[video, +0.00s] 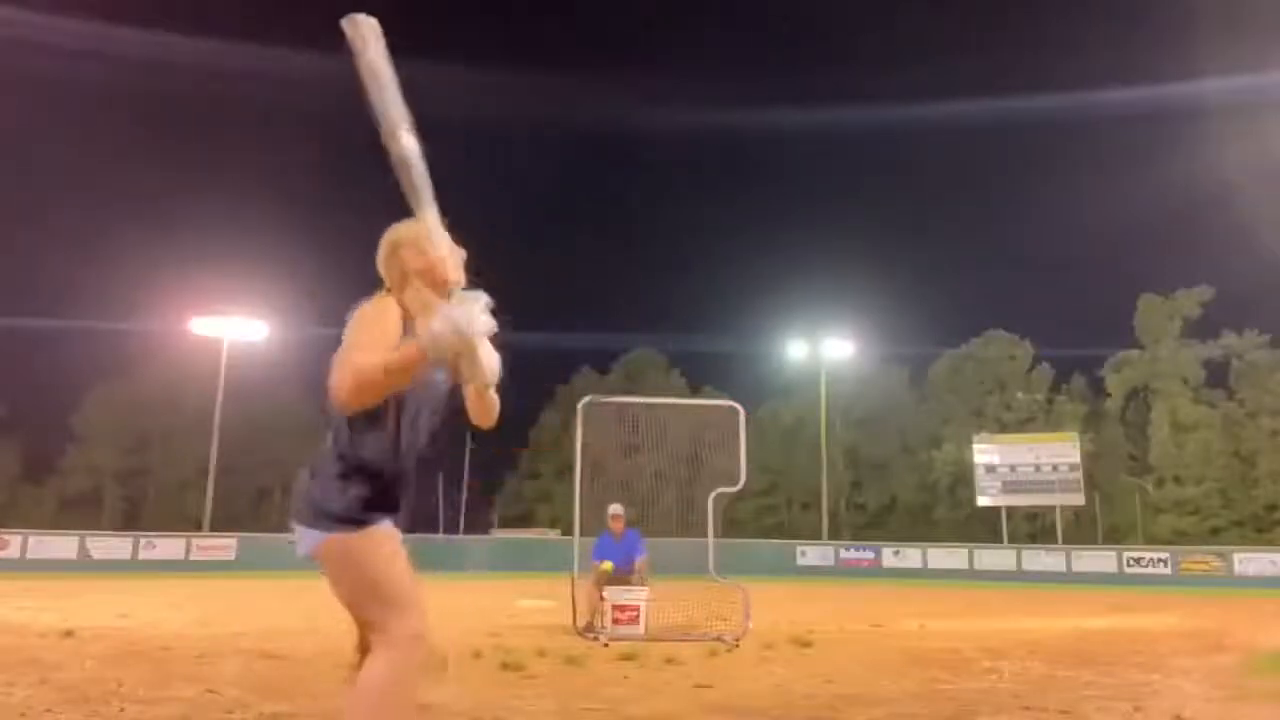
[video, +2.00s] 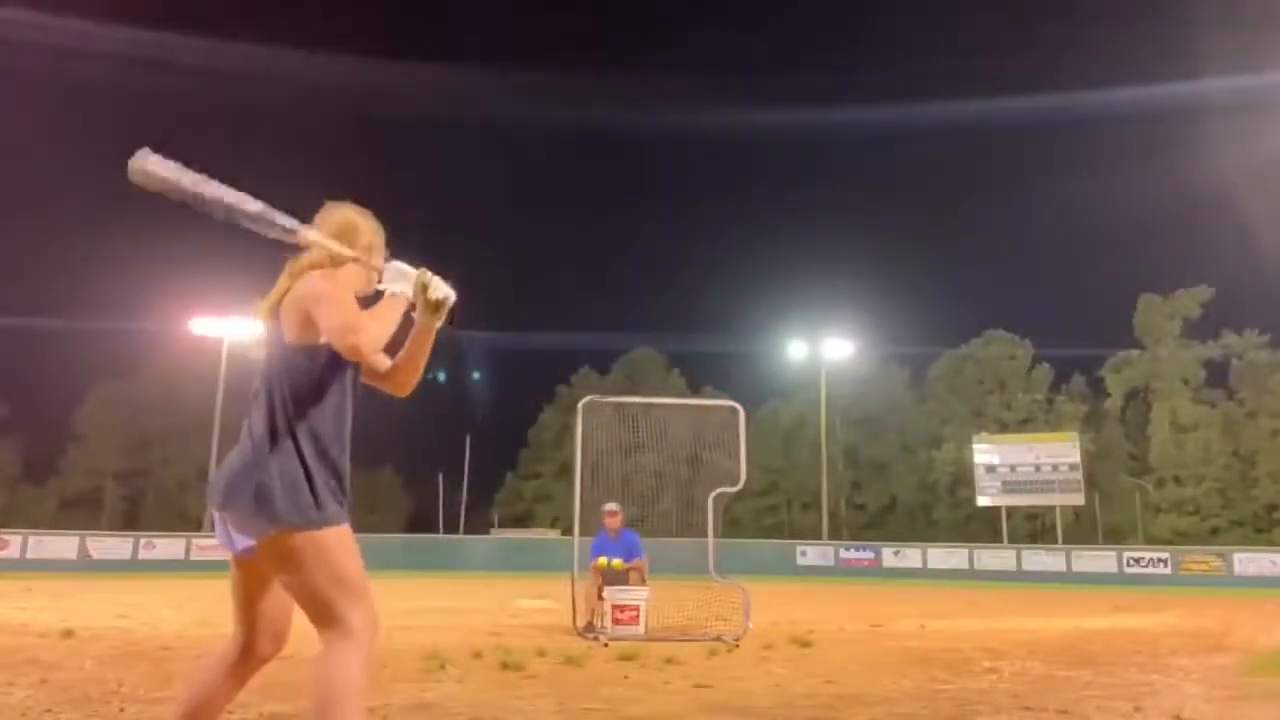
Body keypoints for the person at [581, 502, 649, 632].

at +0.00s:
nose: (617, 523)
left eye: (620, 519)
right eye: (614, 519)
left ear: (624, 520)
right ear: (608, 521)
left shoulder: (633, 536)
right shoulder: (603, 538)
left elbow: (640, 558)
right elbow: (596, 561)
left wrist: (639, 575)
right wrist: (602, 569)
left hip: (628, 573)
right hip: (609, 574)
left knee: (640, 582)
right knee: (594, 586)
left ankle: (637, 623)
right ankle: (590, 621)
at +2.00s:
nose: (612, 520)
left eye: (615, 515)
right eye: (608, 516)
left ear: (621, 517)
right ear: (604, 519)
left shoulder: (631, 537)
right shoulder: (599, 539)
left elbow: (640, 560)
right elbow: (593, 562)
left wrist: (625, 566)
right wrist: (600, 564)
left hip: (625, 572)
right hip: (606, 572)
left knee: (635, 573)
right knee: (593, 580)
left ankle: (635, 618)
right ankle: (590, 620)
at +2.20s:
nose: (609, 520)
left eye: (612, 516)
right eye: (605, 516)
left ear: (618, 517)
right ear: (601, 519)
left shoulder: (630, 537)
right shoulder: (599, 538)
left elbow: (638, 560)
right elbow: (594, 564)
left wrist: (618, 556)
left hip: (625, 572)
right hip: (606, 573)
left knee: (635, 577)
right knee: (594, 580)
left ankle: (634, 619)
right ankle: (590, 620)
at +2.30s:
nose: (606, 520)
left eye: (609, 516)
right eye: (603, 517)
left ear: (616, 517)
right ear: (599, 519)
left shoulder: (627, 537)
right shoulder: (597, 538)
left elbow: (636, 560)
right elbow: (593, 562)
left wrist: (616, 557)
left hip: (625, 572)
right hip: (606, 573)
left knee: (634, 577)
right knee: (593, 580)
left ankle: (634, 620)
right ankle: (590, 621)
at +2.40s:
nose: (604, 521)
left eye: (607, 517)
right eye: (601, 518)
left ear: (614, 517)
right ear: (597, 520)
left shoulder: (626, 537)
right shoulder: (596, 540)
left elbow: (636, 560)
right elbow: (593, 562)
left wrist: (621, 564)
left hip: (625, 573)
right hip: (606, 574)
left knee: (635, 577)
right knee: (593, 580)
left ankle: (635, 621)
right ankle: (590, 621)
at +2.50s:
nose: (599, 523)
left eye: (601, 519)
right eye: (595, 520)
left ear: (609, 518)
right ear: (593, 522)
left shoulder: (623, 537)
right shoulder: (595, 542)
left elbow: (640, 556)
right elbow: (591, 564)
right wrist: (597, 575)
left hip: (622, 573)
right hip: (603, 575)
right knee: (591, 587)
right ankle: (589, 622)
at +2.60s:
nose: (597, 524)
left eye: (600, 519)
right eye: (594, 521)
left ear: (607, 519)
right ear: (591, 523)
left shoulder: (620, 535)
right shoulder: (594, 545)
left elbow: (639, 552)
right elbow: (592, 568)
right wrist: (598, 578)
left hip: (622, 573)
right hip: (603, 575)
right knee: (590, 586)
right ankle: (589, 622)